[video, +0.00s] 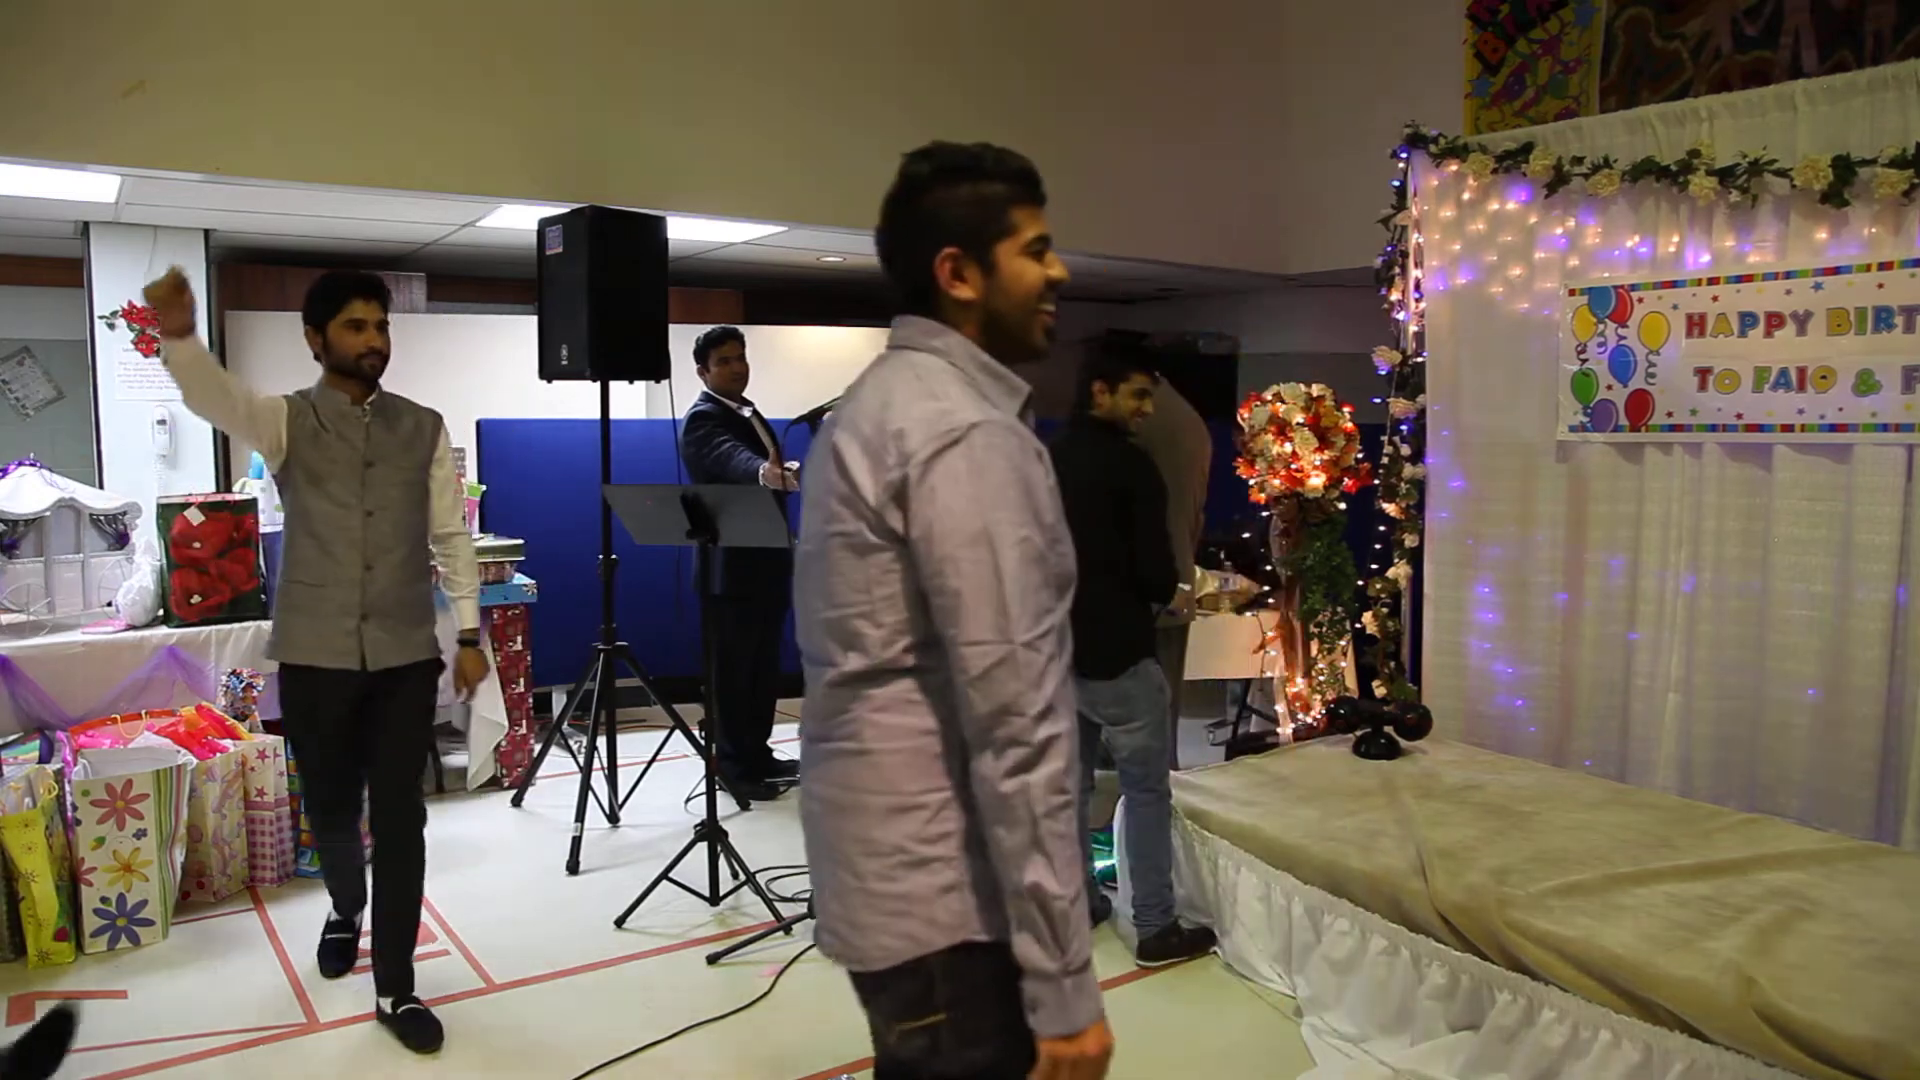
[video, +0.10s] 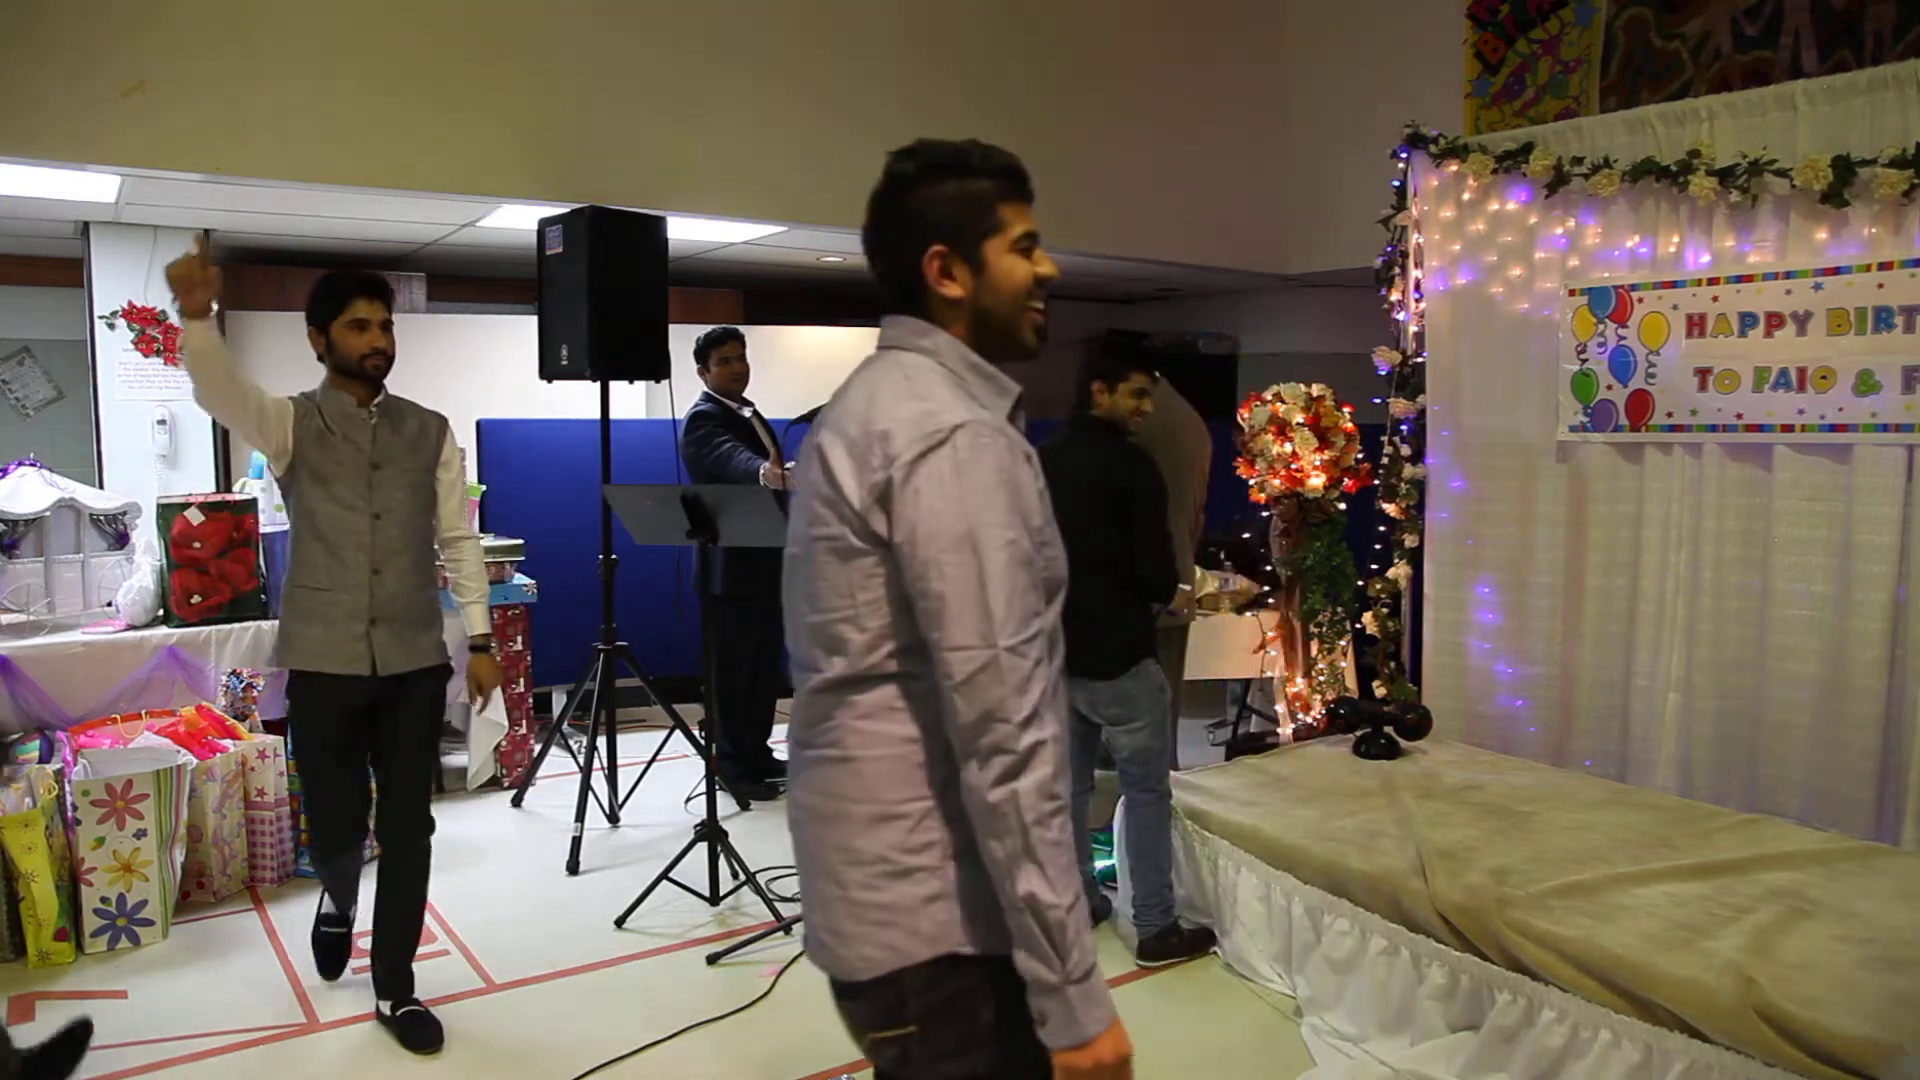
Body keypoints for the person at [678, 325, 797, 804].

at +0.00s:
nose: (737, 367)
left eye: (741, 358)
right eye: (725, 360)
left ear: (747, 363)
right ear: (703, 369)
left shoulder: (753, 418)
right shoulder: (701, 421)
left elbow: (775, 465)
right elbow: (719, 457)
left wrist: (795, 473)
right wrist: (760, 470)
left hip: (768, 559)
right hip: (729, 564)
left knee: (763, 661)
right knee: (733, 664)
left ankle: (758, 755)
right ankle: (735, 769)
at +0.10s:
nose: (737, 367)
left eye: (741, 358)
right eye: (725, 361)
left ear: (748, 364)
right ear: (704, 369)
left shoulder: (755, 420)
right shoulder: (701, 420)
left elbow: (777, 473)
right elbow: (717, 456)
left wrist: (797, 480)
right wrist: (759, 470)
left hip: (765, 559)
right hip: (728, 564)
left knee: (763, 662)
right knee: (733, 665)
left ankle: (757, 755)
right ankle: (735, 769)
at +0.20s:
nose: (739, 367)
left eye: (742, 359)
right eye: (727, 361)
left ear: (748, 363)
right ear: (705, 370)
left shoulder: (756, 420)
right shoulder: (701, 422)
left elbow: (778, 468)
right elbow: (718, 457)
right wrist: (759, 472)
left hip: (765, 561)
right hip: (728, 565)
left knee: (762, 664)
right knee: (734, 666)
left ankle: (756, 759)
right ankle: (737, 769)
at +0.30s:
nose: (740, 366)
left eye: (743, 358)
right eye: (728, 360)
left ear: (749, 364)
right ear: (705, 369)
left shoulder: (758, 422)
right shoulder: (701, 422)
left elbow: (781, 466)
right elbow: (718, 457)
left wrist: (799, 473)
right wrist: (760, 471)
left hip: (766, 562)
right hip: (729, 565)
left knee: (762, 665)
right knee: (734, 666)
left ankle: (760, 763)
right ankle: (738, 769)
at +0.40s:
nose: (741, 366)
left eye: (744, 358)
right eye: (729, 360)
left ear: (748, 363)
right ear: (706, 368)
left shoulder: (757, 420)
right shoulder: (702, 422)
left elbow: (780, 461)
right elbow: (724, 459)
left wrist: (795, 470)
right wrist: (766, 473)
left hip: (765, 562)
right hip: (728, 567)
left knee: (765, 665)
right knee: (733, 668)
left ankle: (766, 765)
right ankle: (738, 771)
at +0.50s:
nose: (743, 366)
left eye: (745, 358)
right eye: (731, 360)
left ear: (748, 363)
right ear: (706, 368)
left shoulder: (754, 419)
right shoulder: (702, 423)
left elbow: (775, 463)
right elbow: (741, 468)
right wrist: (781, 478)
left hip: (760, 562)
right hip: (726, 566)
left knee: (761, 663)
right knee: (730, 668)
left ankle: (761, 760)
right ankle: (731, 764)